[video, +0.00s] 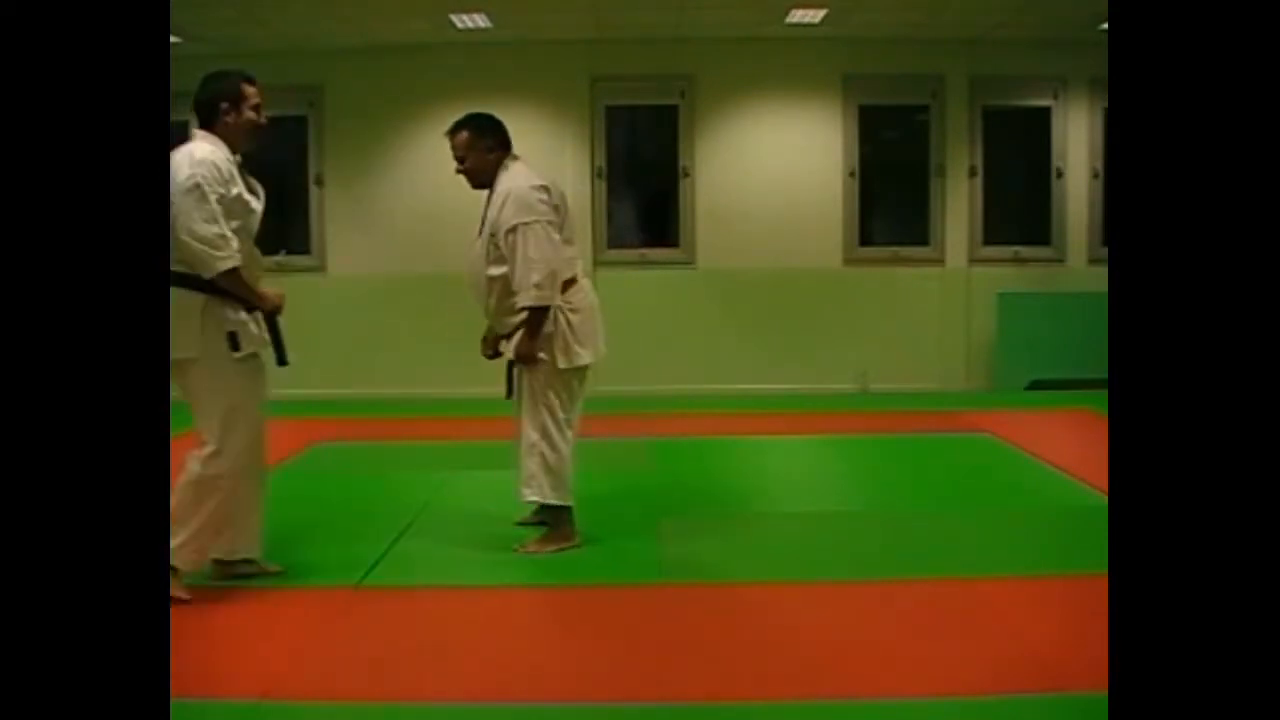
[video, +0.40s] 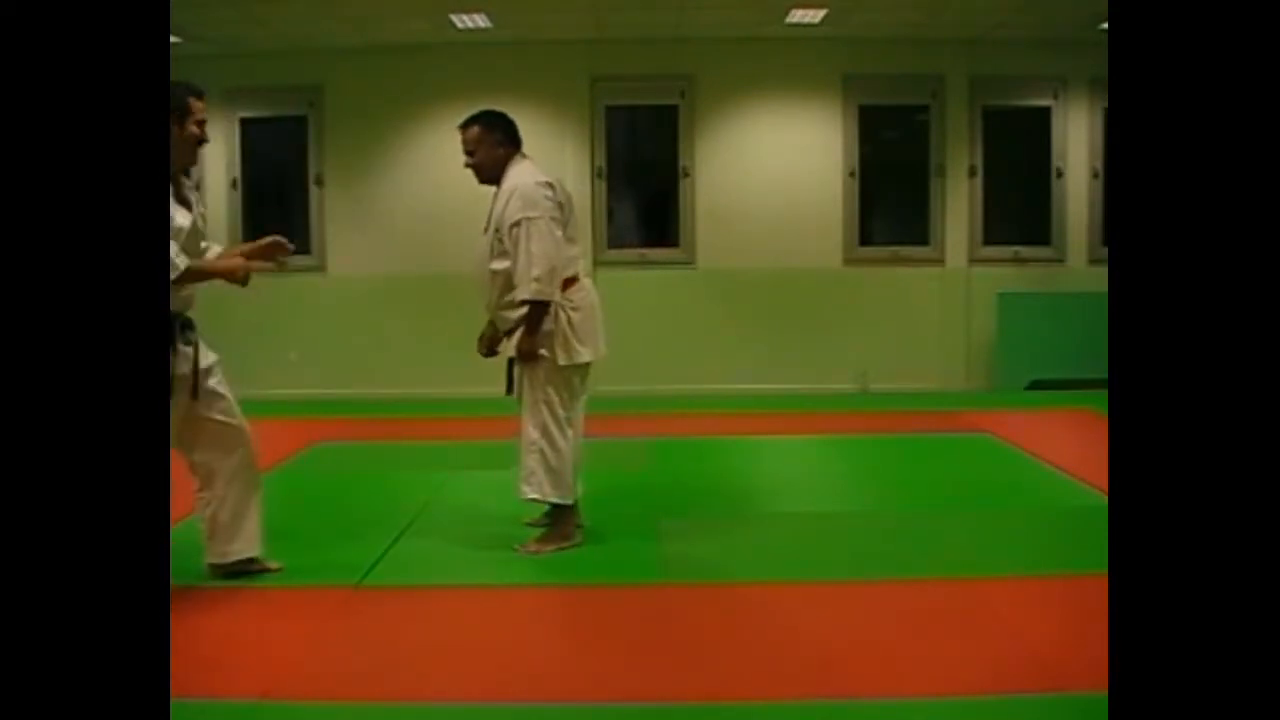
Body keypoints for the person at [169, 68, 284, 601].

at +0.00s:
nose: (262, 116)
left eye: (260, 107)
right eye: (254, 108)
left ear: (225, 114)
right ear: (225, 113)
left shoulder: (220, 163)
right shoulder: (196, 165)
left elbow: (222, 246)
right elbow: (206, 250)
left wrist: (259, 291)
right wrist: (257, 295)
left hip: (231, 315)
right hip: (205, 318)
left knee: (245, 441)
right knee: (225, 443)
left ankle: (234, 553)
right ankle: (175, 557)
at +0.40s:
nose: (204, 134)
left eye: (204, 123)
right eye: (196, 123)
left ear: (191, 128)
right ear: (172, 128)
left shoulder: (184, 192)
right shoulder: (169, 196)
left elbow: (191, 258)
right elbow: (172, 270)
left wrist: (248, 250)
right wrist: (217, 270)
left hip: (184, 342)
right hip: (174, 345)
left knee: (228, 440)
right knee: (222, 442)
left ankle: (231, 553)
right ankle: (231, 552)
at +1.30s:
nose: (380, 162)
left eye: (380, 153)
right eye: (373, 152)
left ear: (352, 152)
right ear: (345, 152)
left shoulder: (370, 197)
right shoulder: (294, 199)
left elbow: (434, 189)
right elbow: (281, 272)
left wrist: (500, 168)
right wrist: (349, 274)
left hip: (335, 344)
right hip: (287, 341)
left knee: (396, 428)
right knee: (271, 448)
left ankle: (399, 535)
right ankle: (202, 552)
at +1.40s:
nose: (389, 159)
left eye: (387, 150)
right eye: (382, 149)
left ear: (359, 150)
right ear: (355, 150)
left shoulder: (383, 197)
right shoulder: (300, 199)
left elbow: (447, 187)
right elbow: (281, 271)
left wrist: (510, 176)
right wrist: (348, 276)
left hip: (344, 345)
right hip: (296, 343)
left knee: (405, 428)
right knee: (284, 450)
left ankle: (402, 535)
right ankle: (214, 553)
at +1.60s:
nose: (396, 158)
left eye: (395, 149)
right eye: (387, 150)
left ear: (372, 155)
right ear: (358, 154)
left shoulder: (392, 208)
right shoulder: (305, 205)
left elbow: (461, 215)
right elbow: (278, 272)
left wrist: (532, 217)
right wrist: (338, 283)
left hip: (354, 347)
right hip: (301, 344)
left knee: (415, 430)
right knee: (273, 455)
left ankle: (403, 535)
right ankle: (216, 563)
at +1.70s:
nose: (398, 163)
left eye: (397, 153)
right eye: (389, 154)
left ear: (373, 159)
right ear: (359, 157)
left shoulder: (392, 211)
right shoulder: (304, 207)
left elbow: (461, 223)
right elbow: (275, 273)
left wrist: (534, 231)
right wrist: (331, 288)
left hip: (353, 347)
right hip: (299, 343)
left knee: (416, 430)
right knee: (271, 453)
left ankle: (403, 536)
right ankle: (218, 562)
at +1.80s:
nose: (397, 163)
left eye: (397, 154)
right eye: (389, 154)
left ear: (375, 158)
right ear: (358, 156)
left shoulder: (392, 211)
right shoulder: (302, 207)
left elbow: (462, 225)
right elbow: (273, 273)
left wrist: (535, 233)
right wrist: (330, 288)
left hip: (352, 347)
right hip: (298, 344)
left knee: (414, 430)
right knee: (268, 454)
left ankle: (402, 536)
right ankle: (217, 564)